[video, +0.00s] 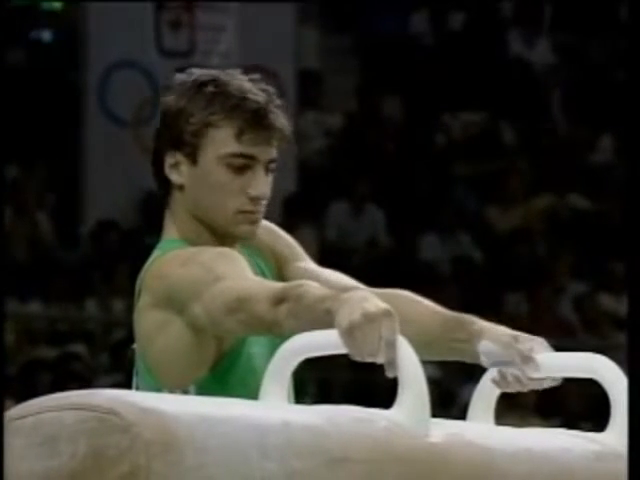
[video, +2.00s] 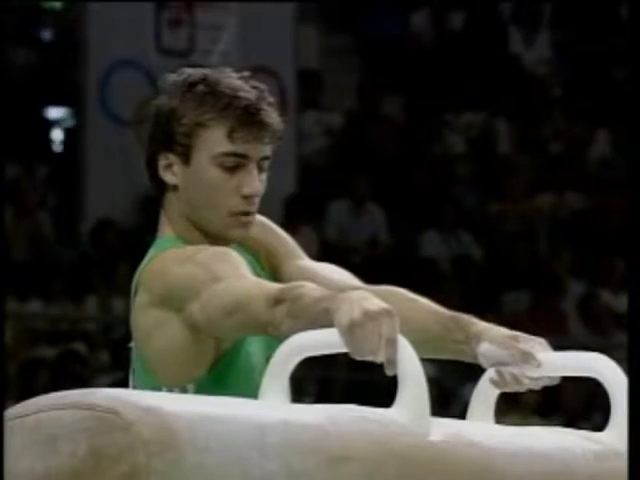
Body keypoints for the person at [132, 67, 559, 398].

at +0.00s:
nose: (260, 187)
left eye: (269, 168)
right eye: (238, 166)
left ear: (277, 168)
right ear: (177, 168)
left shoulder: (262, 242)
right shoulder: (185, 270)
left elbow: (363, 298)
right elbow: (272, 305)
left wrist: (481, 337)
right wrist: (345, 304)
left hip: (253, 466)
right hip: (190, 469)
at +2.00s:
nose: (254, 186)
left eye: (262, 166)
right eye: (231, 165)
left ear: (271, 163)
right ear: (171, 169)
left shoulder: (255, 238)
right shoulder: (182, 270)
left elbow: (357, 294)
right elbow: (272, 307)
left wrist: (478, 338)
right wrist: (342, 303)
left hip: (248, 467)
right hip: (188, 471)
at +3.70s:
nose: (228, 220)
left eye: (232, 195)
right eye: (201, 203)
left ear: (240, 186)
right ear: (141, 214)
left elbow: (387, 273)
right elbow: (258, 319)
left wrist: (471, 341)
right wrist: (352, 302)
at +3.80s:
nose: (217, 283)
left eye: (217, 262)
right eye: (189, 270)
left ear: (225, 255)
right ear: (130, 290)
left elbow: (344, 314)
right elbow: (263, 358)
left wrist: (462, 352)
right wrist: (350, 312)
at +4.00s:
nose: (285, 225)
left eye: (293, 211)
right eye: (274, 208)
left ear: (298, 208)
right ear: (226, 195)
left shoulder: (287, 251)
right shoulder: (189, 237)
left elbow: (346, 343)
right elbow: (235, 293)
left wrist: (411, 349)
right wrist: (323, 305)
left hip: (256, 430)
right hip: (181, 429)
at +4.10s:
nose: (363, 183)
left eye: (371, 171)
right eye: (360, 163)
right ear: (323, 137)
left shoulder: (332, 207)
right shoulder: (270, 155)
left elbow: (333, 298)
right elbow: (248, 242)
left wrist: (390, 337)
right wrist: (318, 305)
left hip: (251, 371)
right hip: (192, 363)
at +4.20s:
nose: (396, 176)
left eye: (404, 168)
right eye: (398, 161)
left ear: (377, 140)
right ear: (374, 133)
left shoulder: (349, 189)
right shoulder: (324, 139)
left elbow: (329, 277)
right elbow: (283, 218)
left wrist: (379, 335)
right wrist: (315, 305)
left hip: (253, 320)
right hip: (218, 306)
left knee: (218, 440)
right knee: (163, 424)